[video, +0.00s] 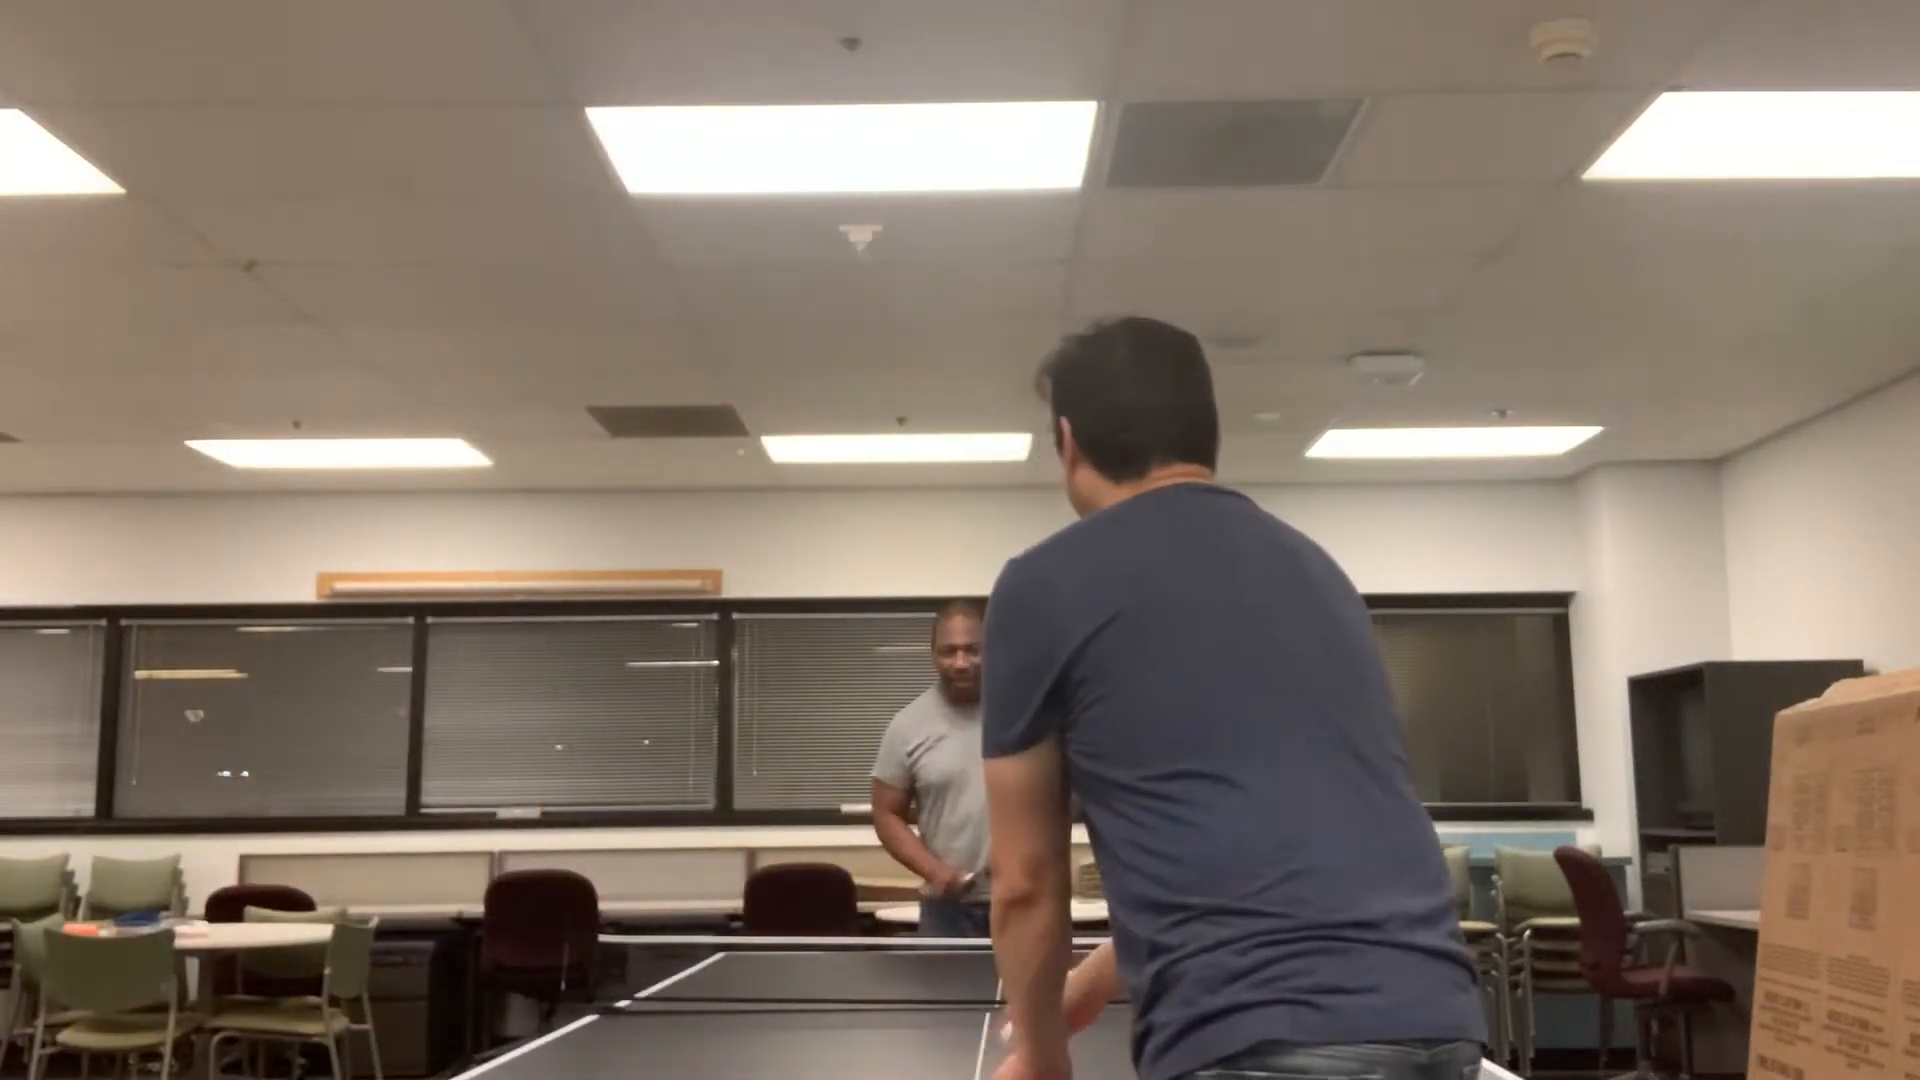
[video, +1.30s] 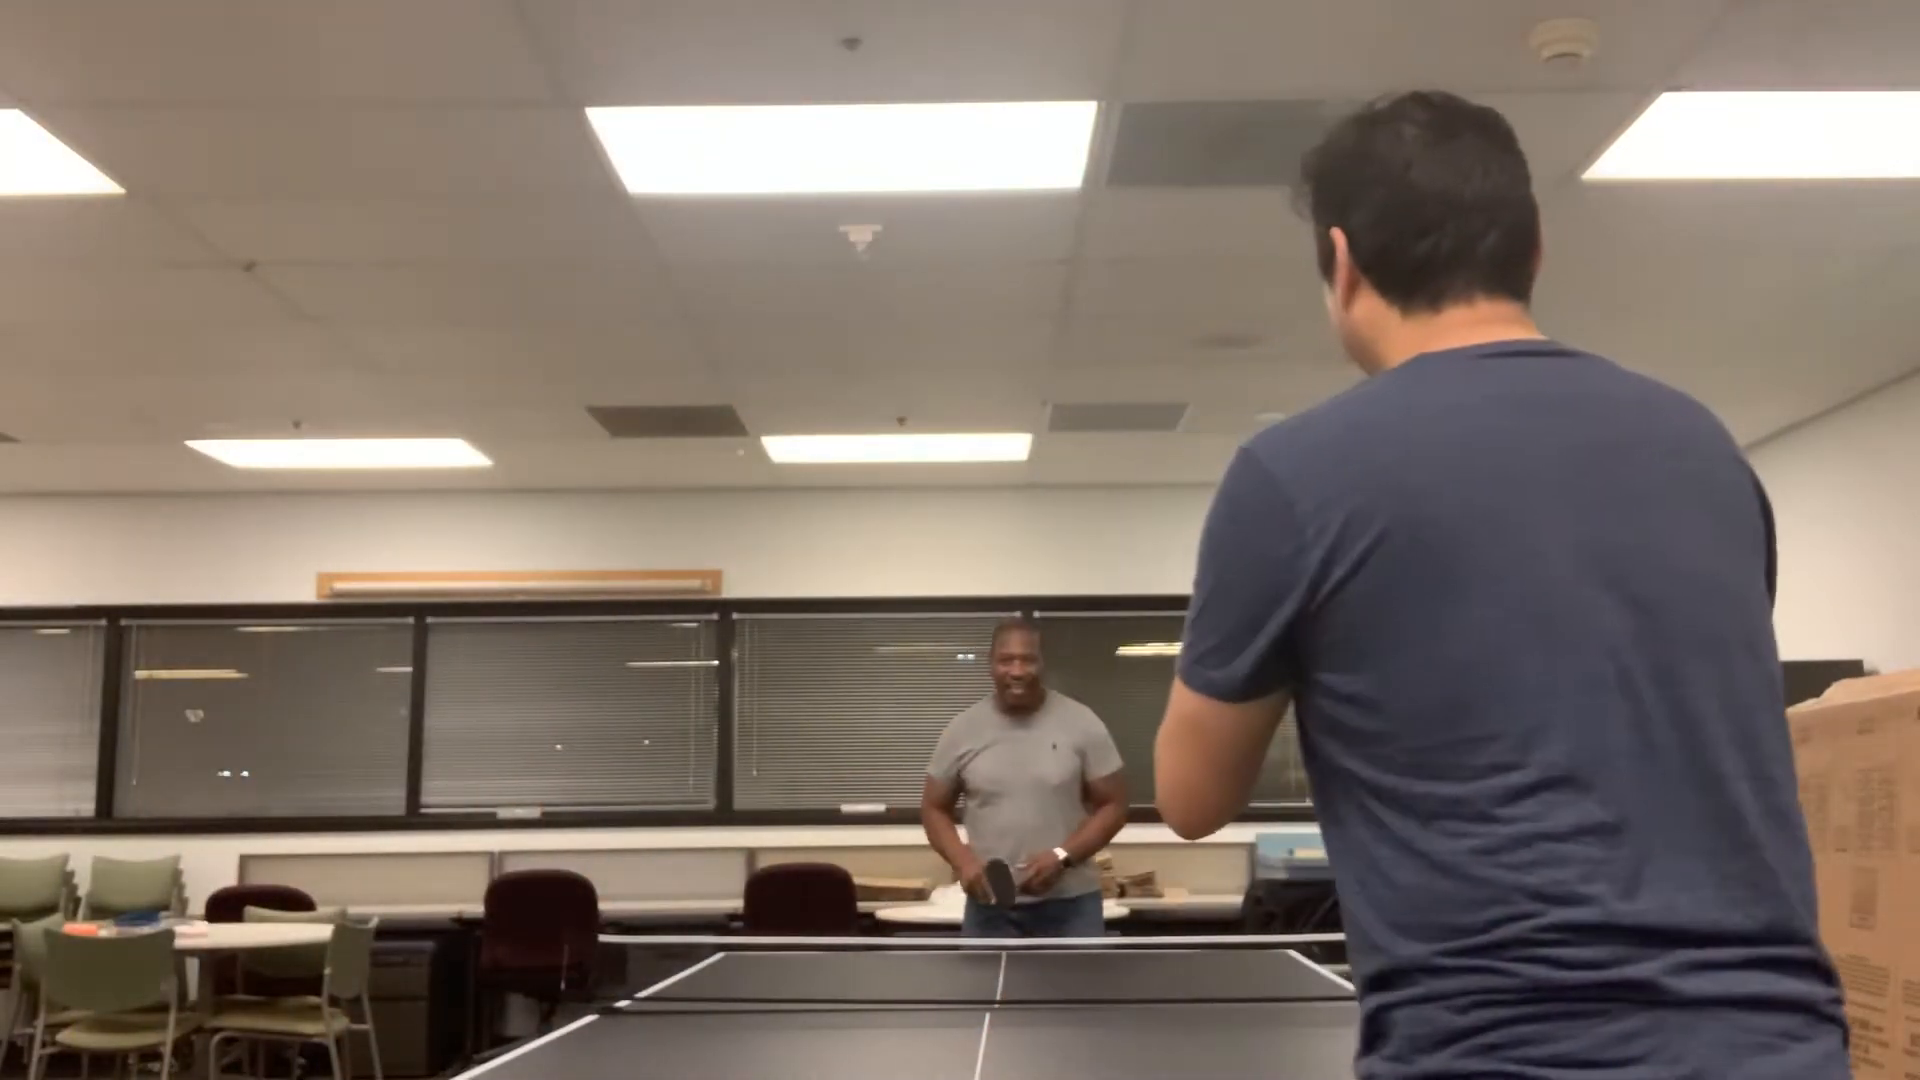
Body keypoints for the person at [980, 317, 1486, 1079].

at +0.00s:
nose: (1057, 464)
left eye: (1053, 446)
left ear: (1068, 444)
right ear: (1209, 434)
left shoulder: (1050, 582)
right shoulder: (1313, 565)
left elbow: (1024, 883)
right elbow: (1250, 842)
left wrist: (1038, 1052)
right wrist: (1083, 991)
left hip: (1257, 1036)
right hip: (1439, 1026)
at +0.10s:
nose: (1071, 450)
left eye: (1068, 430)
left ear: (1084, 430)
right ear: (1226, 420)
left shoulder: (1059, 576)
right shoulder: (1333, 559)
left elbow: (1017, 878)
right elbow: (1338, 817)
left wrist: (1032, 1041)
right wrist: (1175, 948)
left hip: (1266, 1039)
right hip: (1450, 1029)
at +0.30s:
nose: (1110, 405)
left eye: (1108, 385)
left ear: (1123, 384)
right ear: (1283, 384)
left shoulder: (1080, 554)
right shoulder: (1417, 569)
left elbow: (988, 878)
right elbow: (1462, 843)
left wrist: (1028, 967)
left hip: (1224, 1048)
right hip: (1453, 1046)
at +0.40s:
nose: (1120, 375)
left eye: (1118, 354)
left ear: (1134, 356)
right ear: (1303, 358)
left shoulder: (1076, 537)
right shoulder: (1452, 558)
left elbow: (979, 873)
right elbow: (1509, 865)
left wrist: (1045, 945)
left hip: (1213, 1046)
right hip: (1461, 1049)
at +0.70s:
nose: (1179, 303)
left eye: (1175, 283)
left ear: (1191, 278)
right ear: (1380, 279)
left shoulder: (1104, 479)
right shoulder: (1549, 505)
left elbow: (1012, 847)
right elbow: (1625, 835)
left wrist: (1143, 823)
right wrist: (1479, 893)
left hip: (1212, 1047)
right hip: (1499, 1052)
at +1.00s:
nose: (1251, 284)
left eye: (1247, 256)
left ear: (1269, 252)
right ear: (1464, 245)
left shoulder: (1194, 461)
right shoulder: (1625, 459)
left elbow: (1092, 798)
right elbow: (1645, 739)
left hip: (1324, 1044)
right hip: (1624, 1045)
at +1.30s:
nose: (1325, 304)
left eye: (1319, 272)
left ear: (1341, 262)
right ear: (1535, 250)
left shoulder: (1296, 472)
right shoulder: (1706, 444)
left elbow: (1191, 800)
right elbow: (1724, 709)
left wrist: (1298, 615)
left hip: (1477, 1046)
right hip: (1774, 1042)